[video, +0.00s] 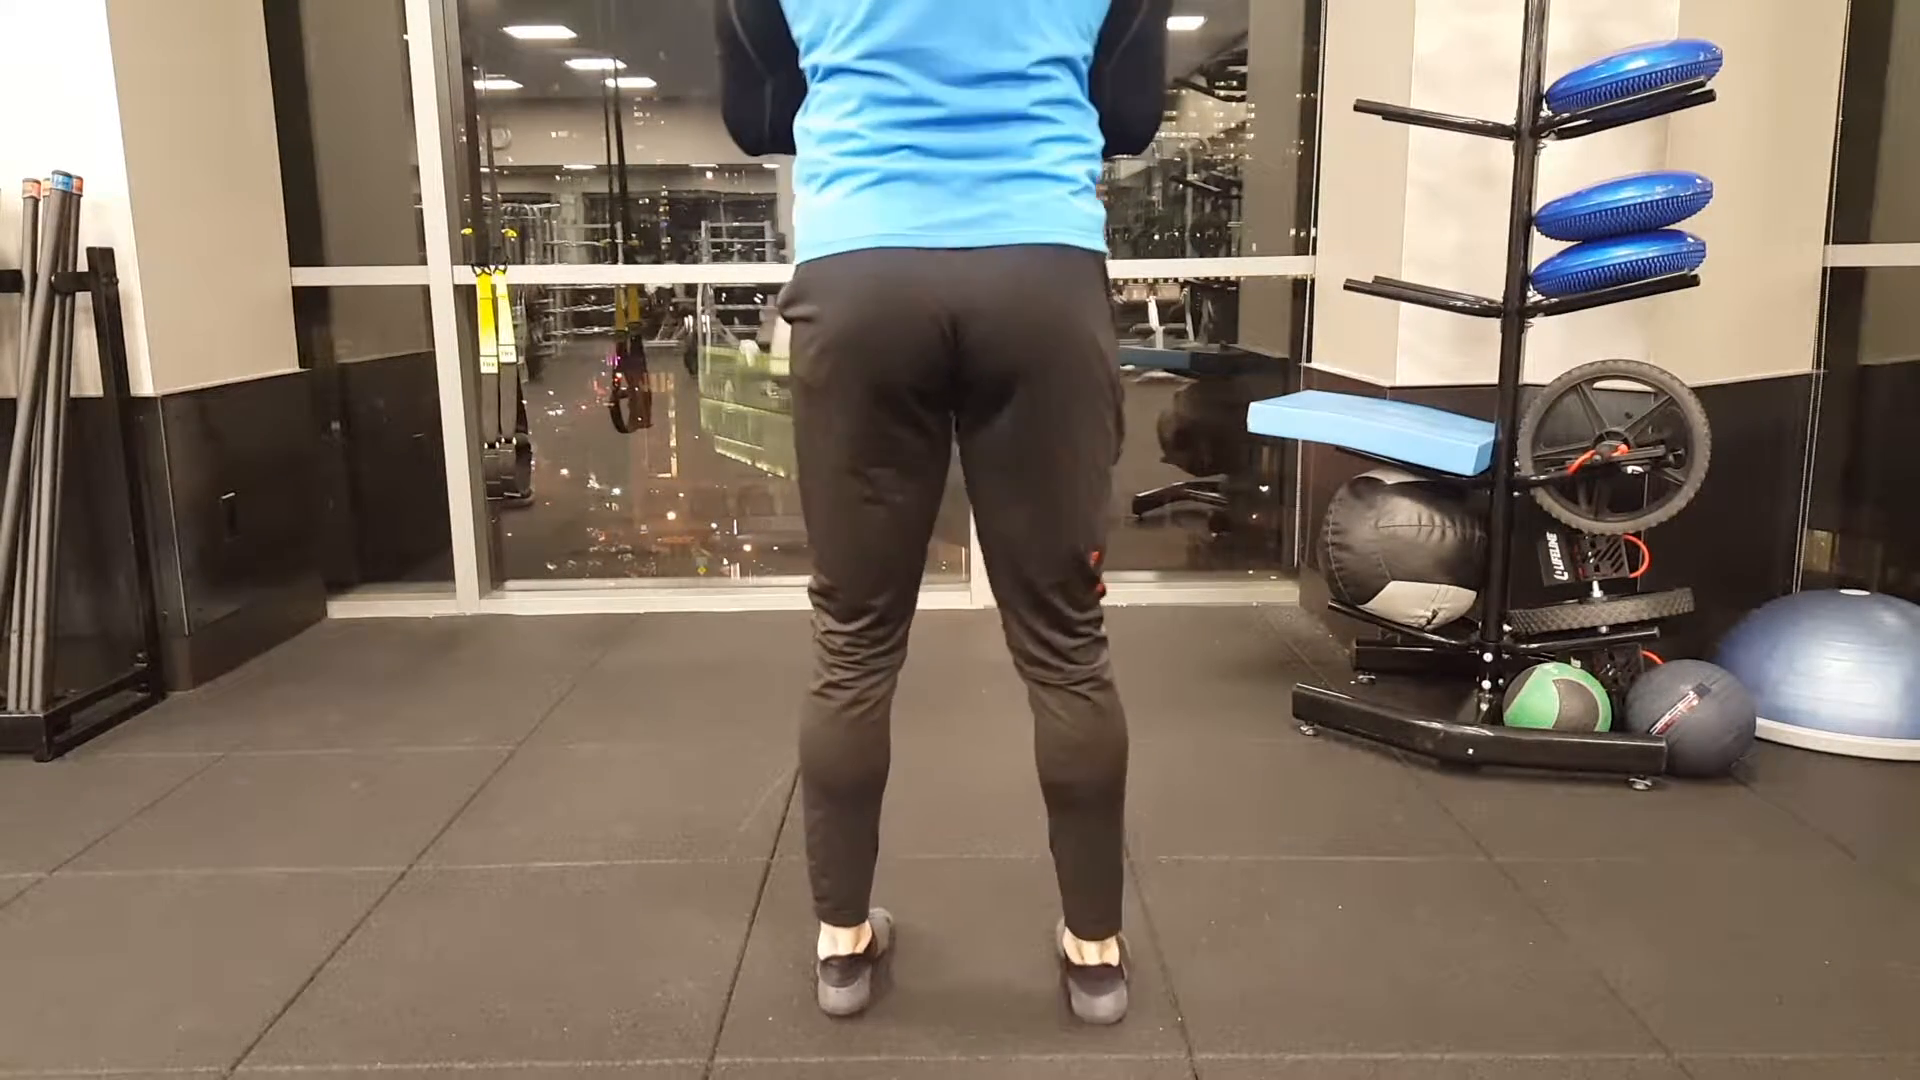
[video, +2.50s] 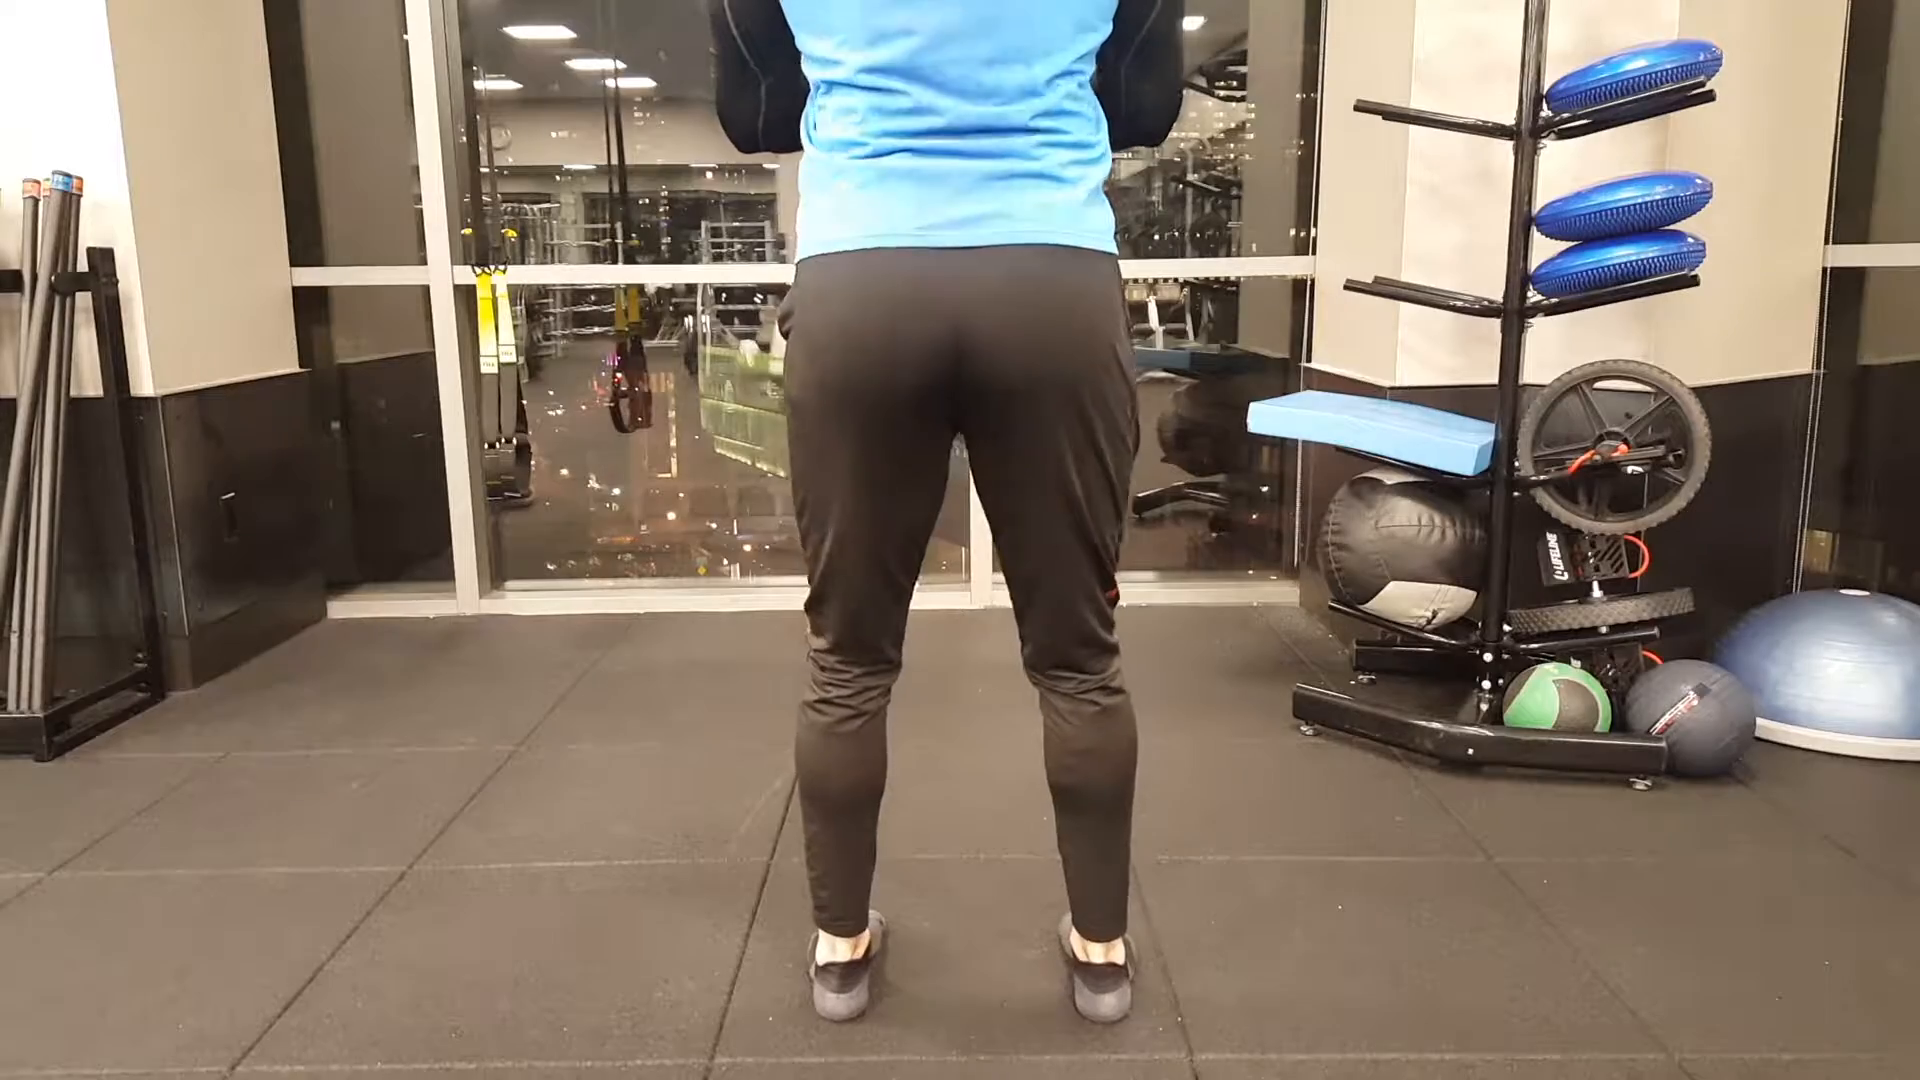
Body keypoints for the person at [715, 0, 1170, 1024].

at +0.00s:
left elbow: (757, 119)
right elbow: (1129, 121)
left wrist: (889, 98)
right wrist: (999, 98)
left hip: (859, 267)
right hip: (1043, 266)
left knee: (853, 638)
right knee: (1064, 636)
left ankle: (842, 949)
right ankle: (1096, 960)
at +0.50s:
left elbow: (759, 126)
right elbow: (1134, 117)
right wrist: (1011, 71)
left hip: (854, 278)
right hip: (1039, 278)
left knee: (845, 645)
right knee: (1062, 637)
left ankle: (836, 954)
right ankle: (1096, 958)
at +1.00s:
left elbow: (757, 111)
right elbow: (1150, 104)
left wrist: (883, 91)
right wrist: (1024, 118)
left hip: (862, 258)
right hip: (1043, 262)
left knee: (851, 643)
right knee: (1067, 624)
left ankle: (837, 953)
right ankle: (1101, 947)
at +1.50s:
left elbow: (758, 119)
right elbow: (1149, 113)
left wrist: (880, 85)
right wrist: (1022, 93)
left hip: (866, 273)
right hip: (1046, 272)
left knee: (856, 642)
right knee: (1066, 631)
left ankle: (845, 952)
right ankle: (1102, 954)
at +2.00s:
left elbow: (751, 104)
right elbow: (1149, 97)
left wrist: (878, 86)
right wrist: (1021, 100)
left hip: (871, 266)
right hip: (1052, 267)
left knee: (861, 631)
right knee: (1066, 619)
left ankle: (845, 947)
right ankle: (1096, 945)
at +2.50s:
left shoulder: (779, 3)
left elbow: (756, 117)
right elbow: (1146, 107)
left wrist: (887, 84)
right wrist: (1010, 101)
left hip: (859, 280)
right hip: (1053, 279)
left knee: (848, 652)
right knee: (1076, 649)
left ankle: (839, 955)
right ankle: (1102, 959)